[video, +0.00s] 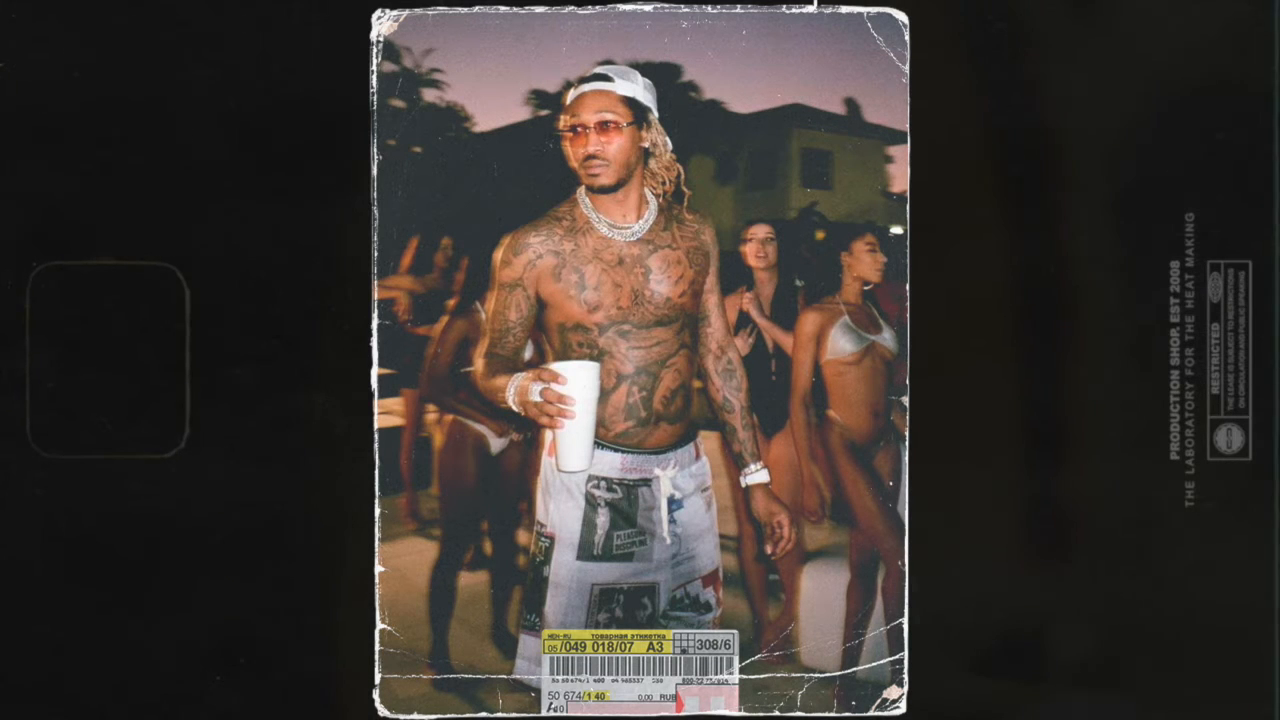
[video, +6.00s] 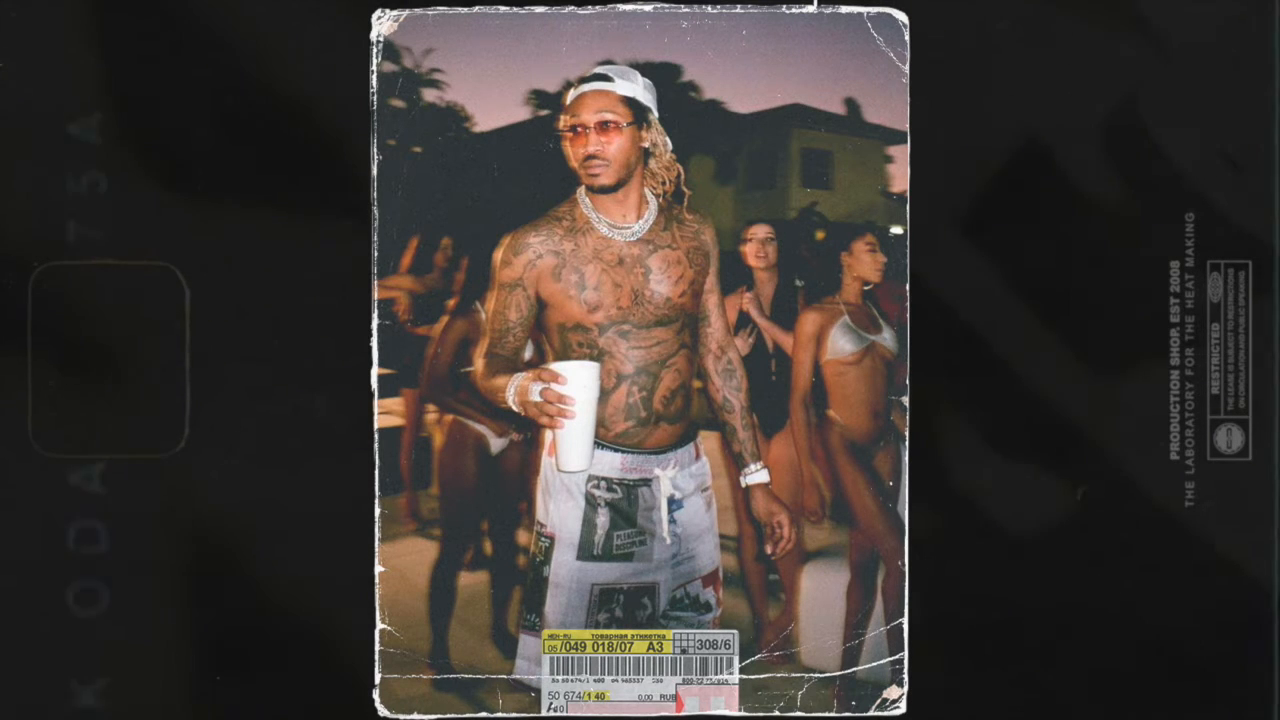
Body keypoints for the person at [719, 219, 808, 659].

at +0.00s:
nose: (759, 249)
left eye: (768, 241)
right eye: (751, 242)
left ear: (781, 249)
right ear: (741, 250)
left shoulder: (797, 296)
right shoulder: (730, 300)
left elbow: (802, 351)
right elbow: (714, 365)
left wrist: (761, 318)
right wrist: (735, 346)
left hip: (784, 420)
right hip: (739, 421)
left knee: (783, 520)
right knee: (748, 526)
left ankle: (794, 614)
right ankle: (762, 620)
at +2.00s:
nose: (760, 249)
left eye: (768, 241)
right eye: (752, 242)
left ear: (781, 249)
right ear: (741, 250)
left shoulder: (797, 296)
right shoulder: (730, 300)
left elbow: (804, 352)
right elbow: (713, 365)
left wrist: (761, 318)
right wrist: (736, 340)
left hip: (784, 419)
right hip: (738, 420)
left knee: (783, 522)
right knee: (748, 526)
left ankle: (794, 613)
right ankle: (761, 621)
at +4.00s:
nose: (759, 249)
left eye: (767, 242)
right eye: (752, 242)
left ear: (781, 249)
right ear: (740, 250)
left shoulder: (797, 296)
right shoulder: (731, 300)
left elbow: (803, 351)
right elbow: (714, 365)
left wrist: (761, 318)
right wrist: (735, 344)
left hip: (784, 420)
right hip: (739, 421)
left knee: (783, 521)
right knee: (748, 526)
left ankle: (793, 613)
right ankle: (762, 621)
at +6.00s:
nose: (760, 249)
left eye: (768, 241)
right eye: (752, 241)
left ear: (781, 249)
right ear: (741, 250)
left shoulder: (797, 295)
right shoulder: (731, 299)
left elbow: (803, 352)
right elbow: (714, 363)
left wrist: (761, 317)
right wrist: (735, 339)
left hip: (784, 419)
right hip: (738, 421)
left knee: (784, 521)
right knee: (748, 526)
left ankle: (793, 614)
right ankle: (762, 623)